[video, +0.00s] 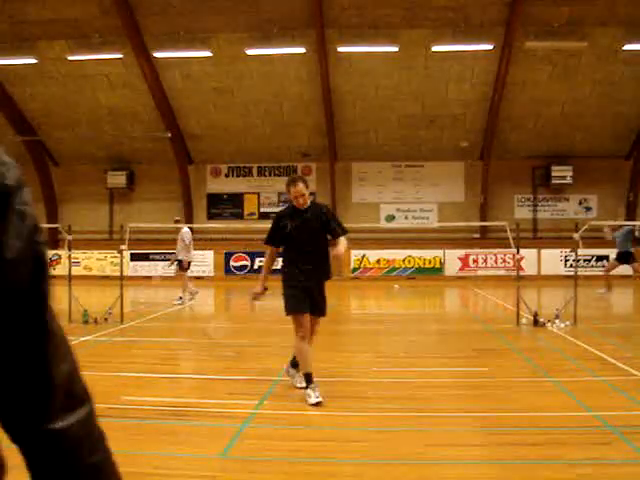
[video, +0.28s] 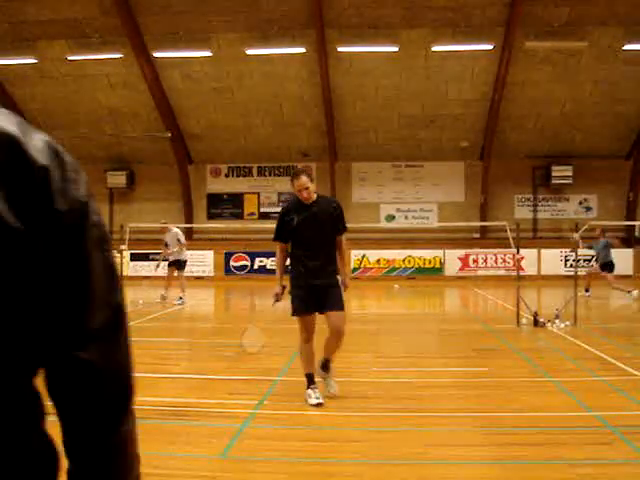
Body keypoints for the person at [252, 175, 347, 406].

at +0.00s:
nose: (300, 200)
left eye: (303, 195)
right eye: (296, 196)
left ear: (308, 192)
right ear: (289, 196)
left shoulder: (322, 212)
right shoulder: (283, 218)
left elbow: (341, 236)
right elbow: (271, 251)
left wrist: (341, 249)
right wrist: (262, 281)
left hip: (317, 278)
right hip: (294, 279)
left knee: (311, 330)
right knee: (302, 331)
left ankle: (293, 366)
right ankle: (310, 384)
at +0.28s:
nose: (304, 194)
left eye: (306, 188)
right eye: (299, 190)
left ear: (314, 184)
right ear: (293, 191)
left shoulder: (331, 207)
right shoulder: (289, 211)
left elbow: (340, 243)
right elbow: (282, 249)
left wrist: (344, 273)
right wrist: (280, 283)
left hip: (329, 277)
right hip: (302, 279)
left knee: (338, 328)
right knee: (307, 333)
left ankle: (325, 367)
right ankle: (310, 385)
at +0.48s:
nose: (321, 191)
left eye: (324, 186)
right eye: (316, 187)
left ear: (331, 185)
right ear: (310, 188)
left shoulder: (344, 207)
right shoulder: (301, 209)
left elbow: (355, 236)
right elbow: (285, 243)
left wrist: (366, 261)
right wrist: (281, 275)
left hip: (338, 281)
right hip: (311, 282)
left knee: (345, 337)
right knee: (314, 335)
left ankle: (355, 393)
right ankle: (312, 387)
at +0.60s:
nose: (332, 189)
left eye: (336, 185)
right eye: (328, 185)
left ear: (343, 187)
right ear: (321, 186)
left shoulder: (355, 211)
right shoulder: (310, 211)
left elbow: (367, 242)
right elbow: (293, 244)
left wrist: (381, 271)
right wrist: (287, 275)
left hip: (346, 284)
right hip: (319, 284)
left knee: (348, 341)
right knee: (320, 338)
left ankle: (352, 401)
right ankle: (312, 386)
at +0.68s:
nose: (338, 187)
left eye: (342, 183)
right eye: (334, 183)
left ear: (349, 185)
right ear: (327, 185)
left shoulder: (361, 211)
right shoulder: (315, 210)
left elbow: (372, 245)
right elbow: (298, 245)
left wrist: (386, 276)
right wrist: (293, 276)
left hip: (351, 284)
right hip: (322, 285)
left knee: (351, 342)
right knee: (323, 339)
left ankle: (353, 402)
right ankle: (313, 383)